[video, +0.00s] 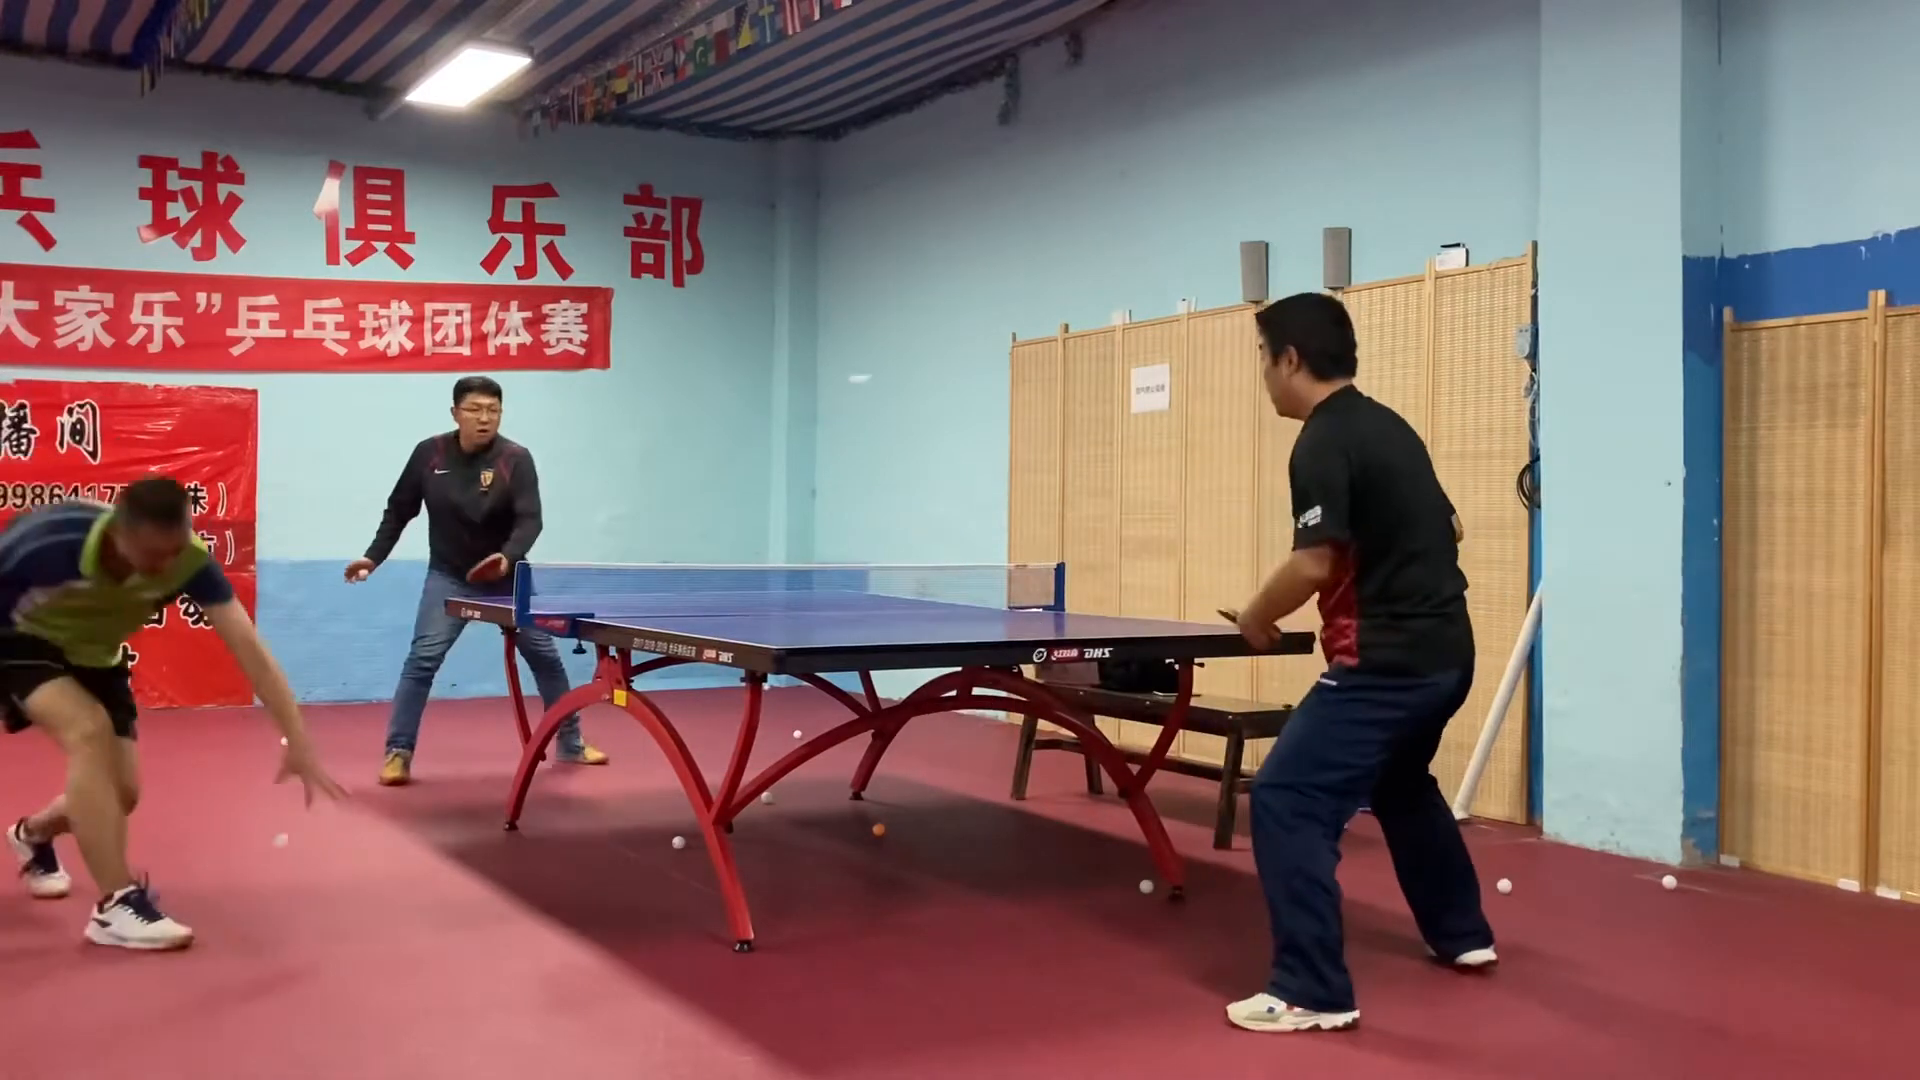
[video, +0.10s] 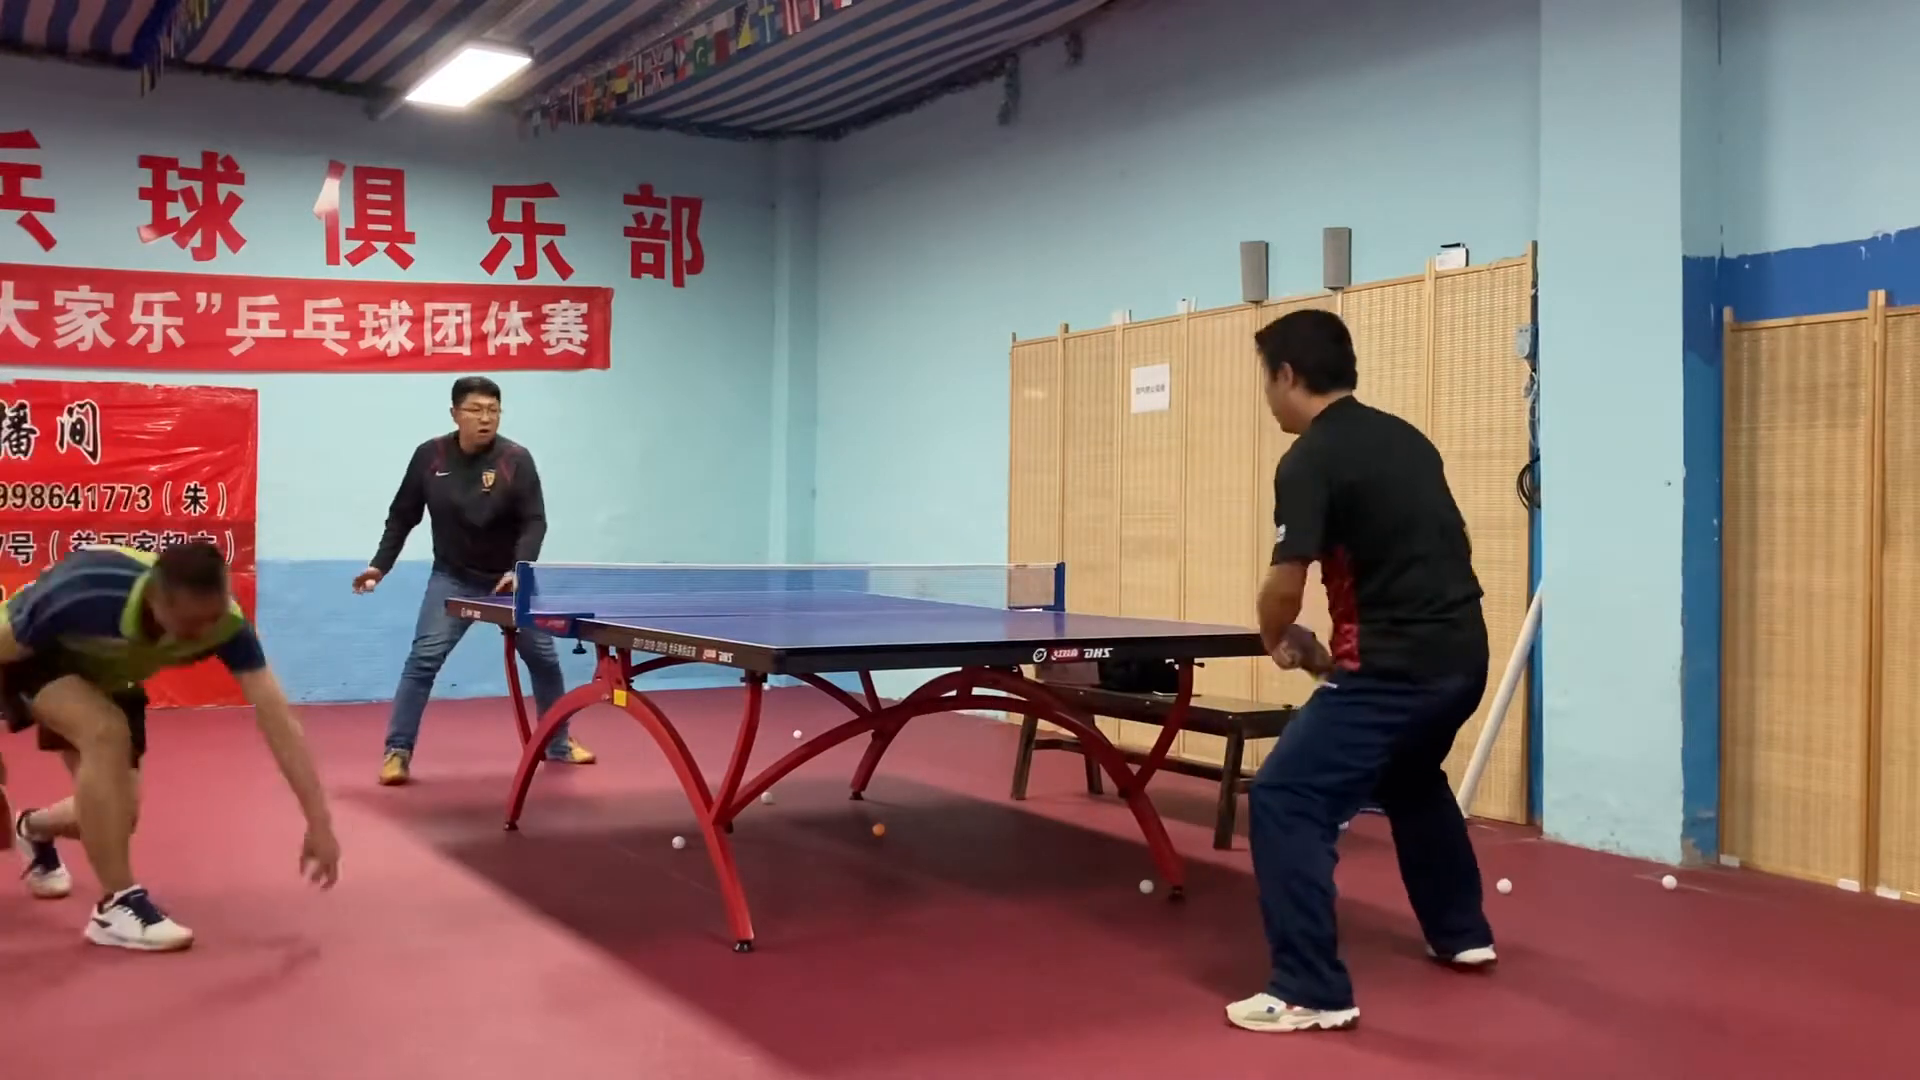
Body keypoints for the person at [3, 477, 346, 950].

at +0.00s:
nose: (162, 565)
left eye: (173, 553)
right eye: (151, 554)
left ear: (185, 533)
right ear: (119, 535)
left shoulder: (191, 560)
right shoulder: (49, 545)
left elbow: (246, 644)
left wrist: (298, 739)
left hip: (98, 656)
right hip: (23, 643)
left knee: (120, 794)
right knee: (89, 732)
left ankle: (33, 833)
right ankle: (117, 902)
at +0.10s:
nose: (202, 631)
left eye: (211, 619)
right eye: (190, 621)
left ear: (223, 600)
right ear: (157, 600)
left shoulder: (228, 625)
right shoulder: (83, 595)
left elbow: (277, 719)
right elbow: (2, 646)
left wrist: (319, 822)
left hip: (118, 679)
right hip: (39, 655)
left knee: (115, 820)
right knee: (106, 730)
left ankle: (33, 827)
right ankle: (118, 901)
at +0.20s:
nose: (210, 691)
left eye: (222, 680)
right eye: (200, 681)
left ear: (239, 653)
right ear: (171, 652)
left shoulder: (245, 660)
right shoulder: (100, 624)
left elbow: (274, 770)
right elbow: (5, 674)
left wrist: (298, 878)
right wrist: (9, 783)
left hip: (118, 675)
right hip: (33, 645)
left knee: (87, 821)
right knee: (119, 731)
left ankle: (32, 828)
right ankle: (118, 902)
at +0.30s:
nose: (209, 701)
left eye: (223, 694)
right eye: (199, 693)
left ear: (243, 665)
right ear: (175, 658)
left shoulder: (254, 669)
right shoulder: (110, 630)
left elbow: (264, 775)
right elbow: (11, 670)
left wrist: (270, 882)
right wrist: (12, 778)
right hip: (50, 633)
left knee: (85, 807)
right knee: (126, 731)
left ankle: (22, 824)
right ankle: (120, 901)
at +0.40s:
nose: (213, 677)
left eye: (223, 666)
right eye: (201, 667)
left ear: (239, 644)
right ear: (176, 641)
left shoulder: (257, 642)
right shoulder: (104, 609)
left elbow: (252, 749)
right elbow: (13, 650)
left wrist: (243, 848)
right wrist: (11, 752)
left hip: (149, 654)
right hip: (68, 623)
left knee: (104, 790)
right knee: (126, 733)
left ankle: (33, 822)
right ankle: (122, 899)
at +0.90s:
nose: (51, 391)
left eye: (65, 379)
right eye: (44, 377)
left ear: (109, 379)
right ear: (40, 379)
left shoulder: (168, 449)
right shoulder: (25, 450)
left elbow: (217, 544)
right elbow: (7, 542)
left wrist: (248, 640)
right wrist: (7, 621)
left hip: (148, 620)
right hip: (59, 618)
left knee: (130, 766)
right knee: (87, 731)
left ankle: (99, 858)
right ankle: (106, 885)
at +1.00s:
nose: (9, 362)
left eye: (21, 352)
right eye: (9, 351)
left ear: (70, 360)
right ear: (25, 361)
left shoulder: (140, 432)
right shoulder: (11, 436)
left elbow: (203, 525)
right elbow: (10, 534)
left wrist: (239, 617)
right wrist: (8, 615)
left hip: (137, 603)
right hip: (50, 602)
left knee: (123, 756)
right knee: (58, 719)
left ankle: (100, 849)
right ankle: (72, 874)